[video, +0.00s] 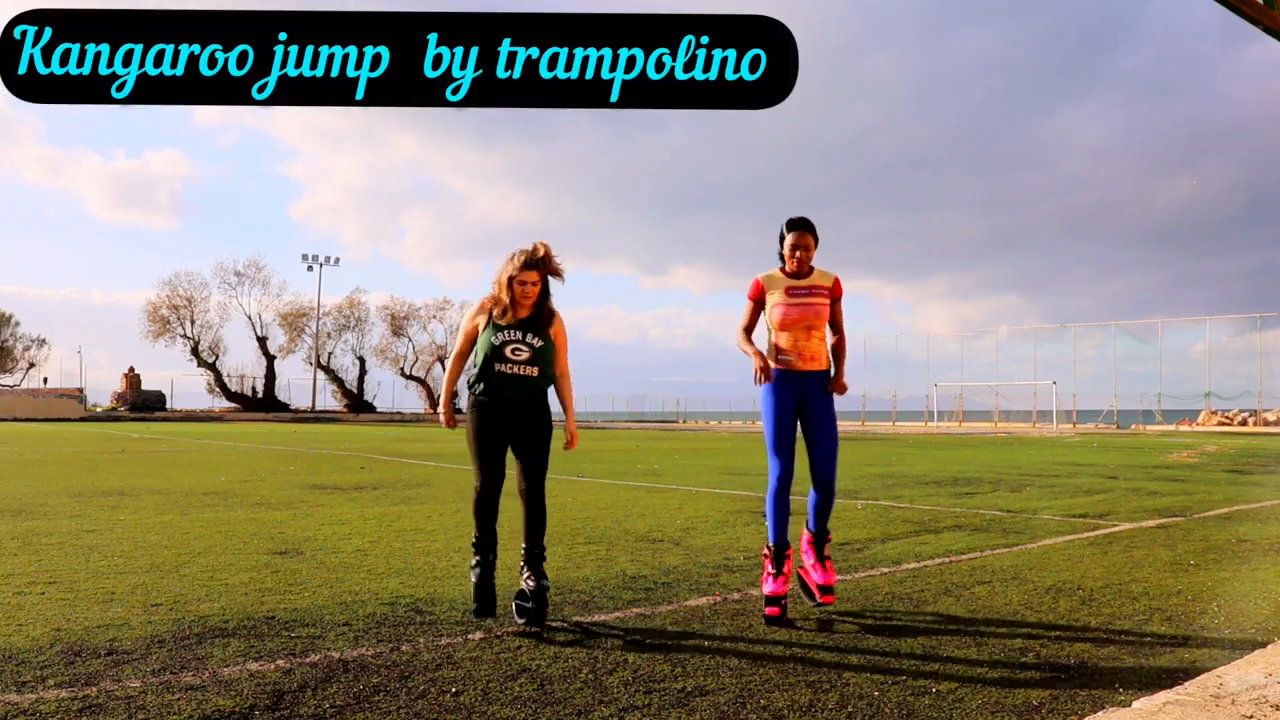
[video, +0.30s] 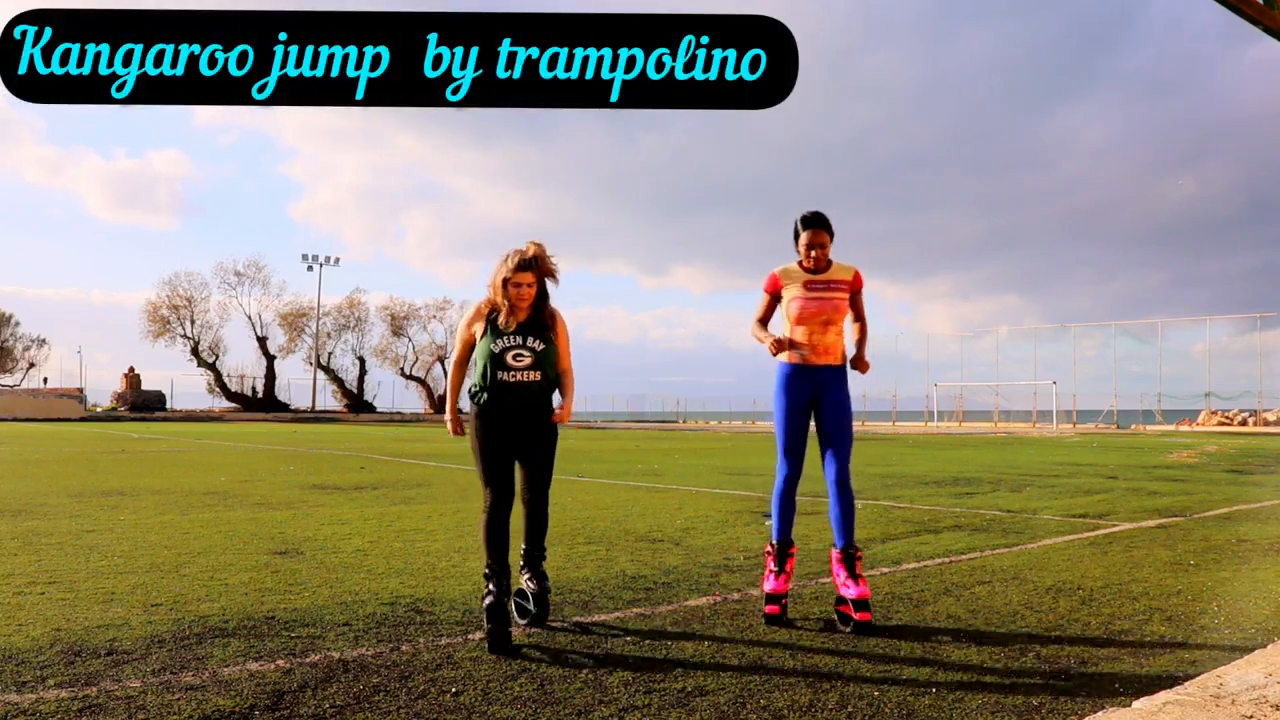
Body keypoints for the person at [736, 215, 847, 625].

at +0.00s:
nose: (800, 255)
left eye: (807, 249)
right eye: (794, 248)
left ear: (816, 250)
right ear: (782, 249)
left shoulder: (829, 284)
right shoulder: (765, 284)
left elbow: (838, 332)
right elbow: (742, 333)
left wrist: (839, 372)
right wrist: (755, 354)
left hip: (819, 384)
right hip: (779, 384)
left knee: (826, 481)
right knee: (781, 474)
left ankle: (814, 550)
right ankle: (777, 561)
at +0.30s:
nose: (815, 255)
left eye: (822, 247)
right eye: (808, 248)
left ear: (832, 244)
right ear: (797, 246)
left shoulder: (849, 278)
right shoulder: (781, 278)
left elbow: (859, 319)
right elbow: (757, 323)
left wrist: (860, 350)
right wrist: (768, 339)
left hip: (833, 379)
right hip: (792, 379)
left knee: (838, 474)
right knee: (788, 472)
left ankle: (846, 562)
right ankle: (779, 558)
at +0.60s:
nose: (835, 250)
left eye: (842, 243)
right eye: (829, 243)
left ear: (854, 243)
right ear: (819, 242)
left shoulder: (869, 280)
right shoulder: (800, 277)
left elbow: (890, 335)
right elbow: (779, 318)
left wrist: (873, 333)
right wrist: (781, 327)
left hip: (850, 382)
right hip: (809, 380)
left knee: (851, 476)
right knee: (809, 467)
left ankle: (853, 568)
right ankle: (802, 549)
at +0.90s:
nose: (829, 240)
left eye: (836, 233)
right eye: (823, 233)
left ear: (847, 234)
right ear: (812, 235)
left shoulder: (865, 271)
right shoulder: (795, 273)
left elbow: (880, 318)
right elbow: (777, 329)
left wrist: (877, 344)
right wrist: (793, 327)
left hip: (857, 379)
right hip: (815, 380)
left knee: (861, 481)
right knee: (821, 479)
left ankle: (855, 566)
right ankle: (818, 570)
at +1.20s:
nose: (833, 236)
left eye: (840, 228)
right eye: (826, 229)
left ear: (853, 228)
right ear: (817, 231)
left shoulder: (877, 266)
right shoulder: (805, 269)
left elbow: (890, 312)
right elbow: (783, 322)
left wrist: (881, 334)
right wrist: (807, 330)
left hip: (864, 377)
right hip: (821, 378)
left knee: (864, 478)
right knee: (824, 478)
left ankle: (871, 570)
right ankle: (820, 571)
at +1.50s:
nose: (841, 235)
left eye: (849, 228)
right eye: (836, 228)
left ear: (867, 231)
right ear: (830, 231)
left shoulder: (891, 270)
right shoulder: (817, 271)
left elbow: (920, 326)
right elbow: (798, 319)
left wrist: (892, 325)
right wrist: (808, 331)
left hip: (871, 382)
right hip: (826, 380)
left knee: (868, 483)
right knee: (822, 476)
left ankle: (872, 577)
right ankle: (817, 567)